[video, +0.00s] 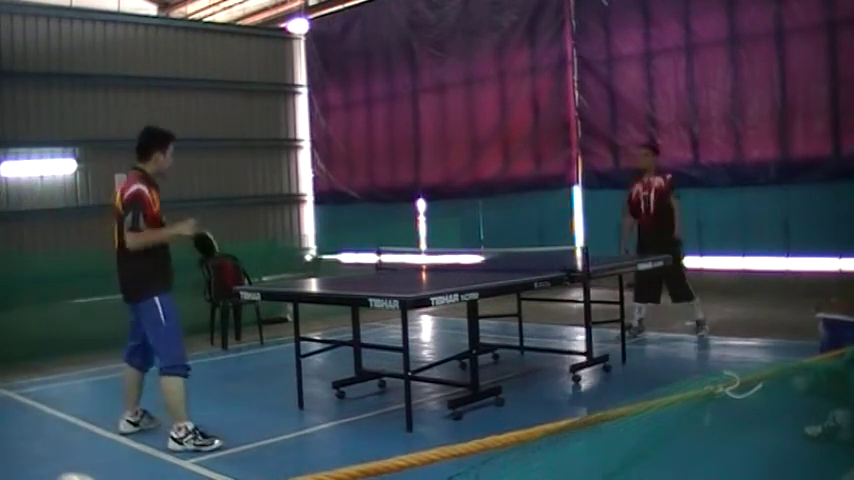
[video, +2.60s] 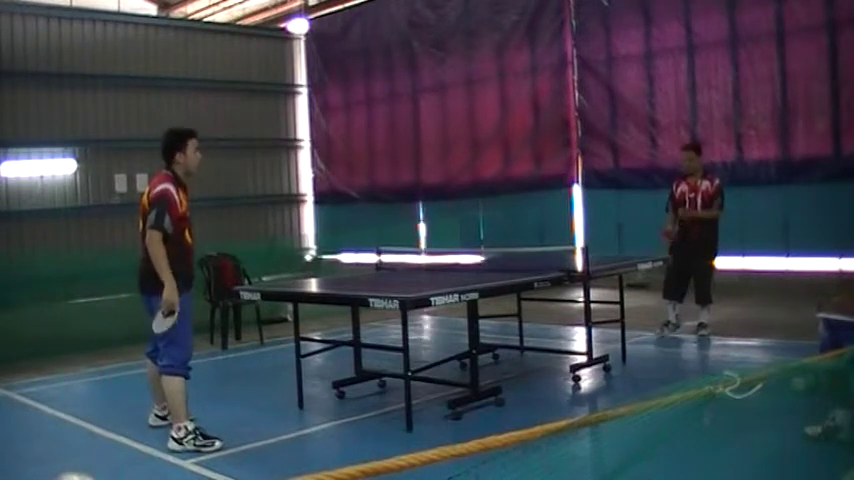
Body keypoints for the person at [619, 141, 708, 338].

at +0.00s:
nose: (642, 160)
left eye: (646, 156)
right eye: (641, 156)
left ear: (654, 159)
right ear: (640, 160)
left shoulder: (665, 182)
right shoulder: (636, 187)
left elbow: (675, 207)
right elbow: (630, 218)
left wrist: (677, 233)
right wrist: (625, 244)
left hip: (666, 240)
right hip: (645, 241)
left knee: (679, 282)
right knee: (642, 283)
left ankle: (699, 318)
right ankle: (637, 322)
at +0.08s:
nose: (650, 160)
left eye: (655, 156)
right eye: (649, 156)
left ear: (664, 160)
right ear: (646, 160)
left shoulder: (676, 184)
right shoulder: (642, 188)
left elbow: (687, 208)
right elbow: (632, 217)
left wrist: (687, 232)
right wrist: (624, 243)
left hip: (675, 242)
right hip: (651, 243)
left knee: (685, 283)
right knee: (646, 284)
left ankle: (700, 320)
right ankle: (638, 323)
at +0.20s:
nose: (666, 161)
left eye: (670, 156)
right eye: (664, 156)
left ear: (679, 160)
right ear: (661, 160)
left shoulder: (691, 185)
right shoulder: (654, 187)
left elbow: (695, 209)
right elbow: (645, 213)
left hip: (686, 242)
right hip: (662, 243)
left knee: (691, 282)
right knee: (654, 280)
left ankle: (701, 320)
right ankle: (641, 320)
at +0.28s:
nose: (677, 160)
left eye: (681, 156)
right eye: (674, 156)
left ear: (688, 159)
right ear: (670, 159)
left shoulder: (699, 186)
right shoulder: (661, 185)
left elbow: (706, 216)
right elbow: (649, 215)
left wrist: (707, 242)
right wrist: (639, 241)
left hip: (691, 245)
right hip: (667, 244)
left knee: (696, 283)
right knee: (659, 281)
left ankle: (701, 320)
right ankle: (647, 317)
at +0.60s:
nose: (694, 158)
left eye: (699, 154)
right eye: (691, 154)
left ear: (706, 158)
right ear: (687, 156)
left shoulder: (715, 185)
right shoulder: (674, 183)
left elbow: (721, 215)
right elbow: (667, 213)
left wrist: (713, 238)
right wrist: (670, 239)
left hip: (702, 241)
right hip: (680, 240)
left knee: (701, 279)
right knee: (677, 278)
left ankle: (702, 321)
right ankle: (677, 320)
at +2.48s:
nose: (690, 162)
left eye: (694, 158)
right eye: (688, 158)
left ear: (702, 159)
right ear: (685, 160)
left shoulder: (715, 185)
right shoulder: (680, 185)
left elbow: (719, 215)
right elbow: (674, 214)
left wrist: (698, 224)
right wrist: (667, 236)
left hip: (705, 242)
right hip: (682, 241)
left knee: (702, 281)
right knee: (675, 280)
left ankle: (703, 320)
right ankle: (676, 319)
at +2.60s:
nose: (687, 164)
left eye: (690, 160)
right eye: (684, 160)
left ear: (699, 160)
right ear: (682, 162)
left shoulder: (713, 184)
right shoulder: (678, 185)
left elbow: (716, 212)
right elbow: (672, 212)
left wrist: (692, 214)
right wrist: (669, 226)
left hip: (704, 244)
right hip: (681, 243)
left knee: (703, 282)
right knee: (673, 280)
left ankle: (703, 321)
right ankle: (672, 319)